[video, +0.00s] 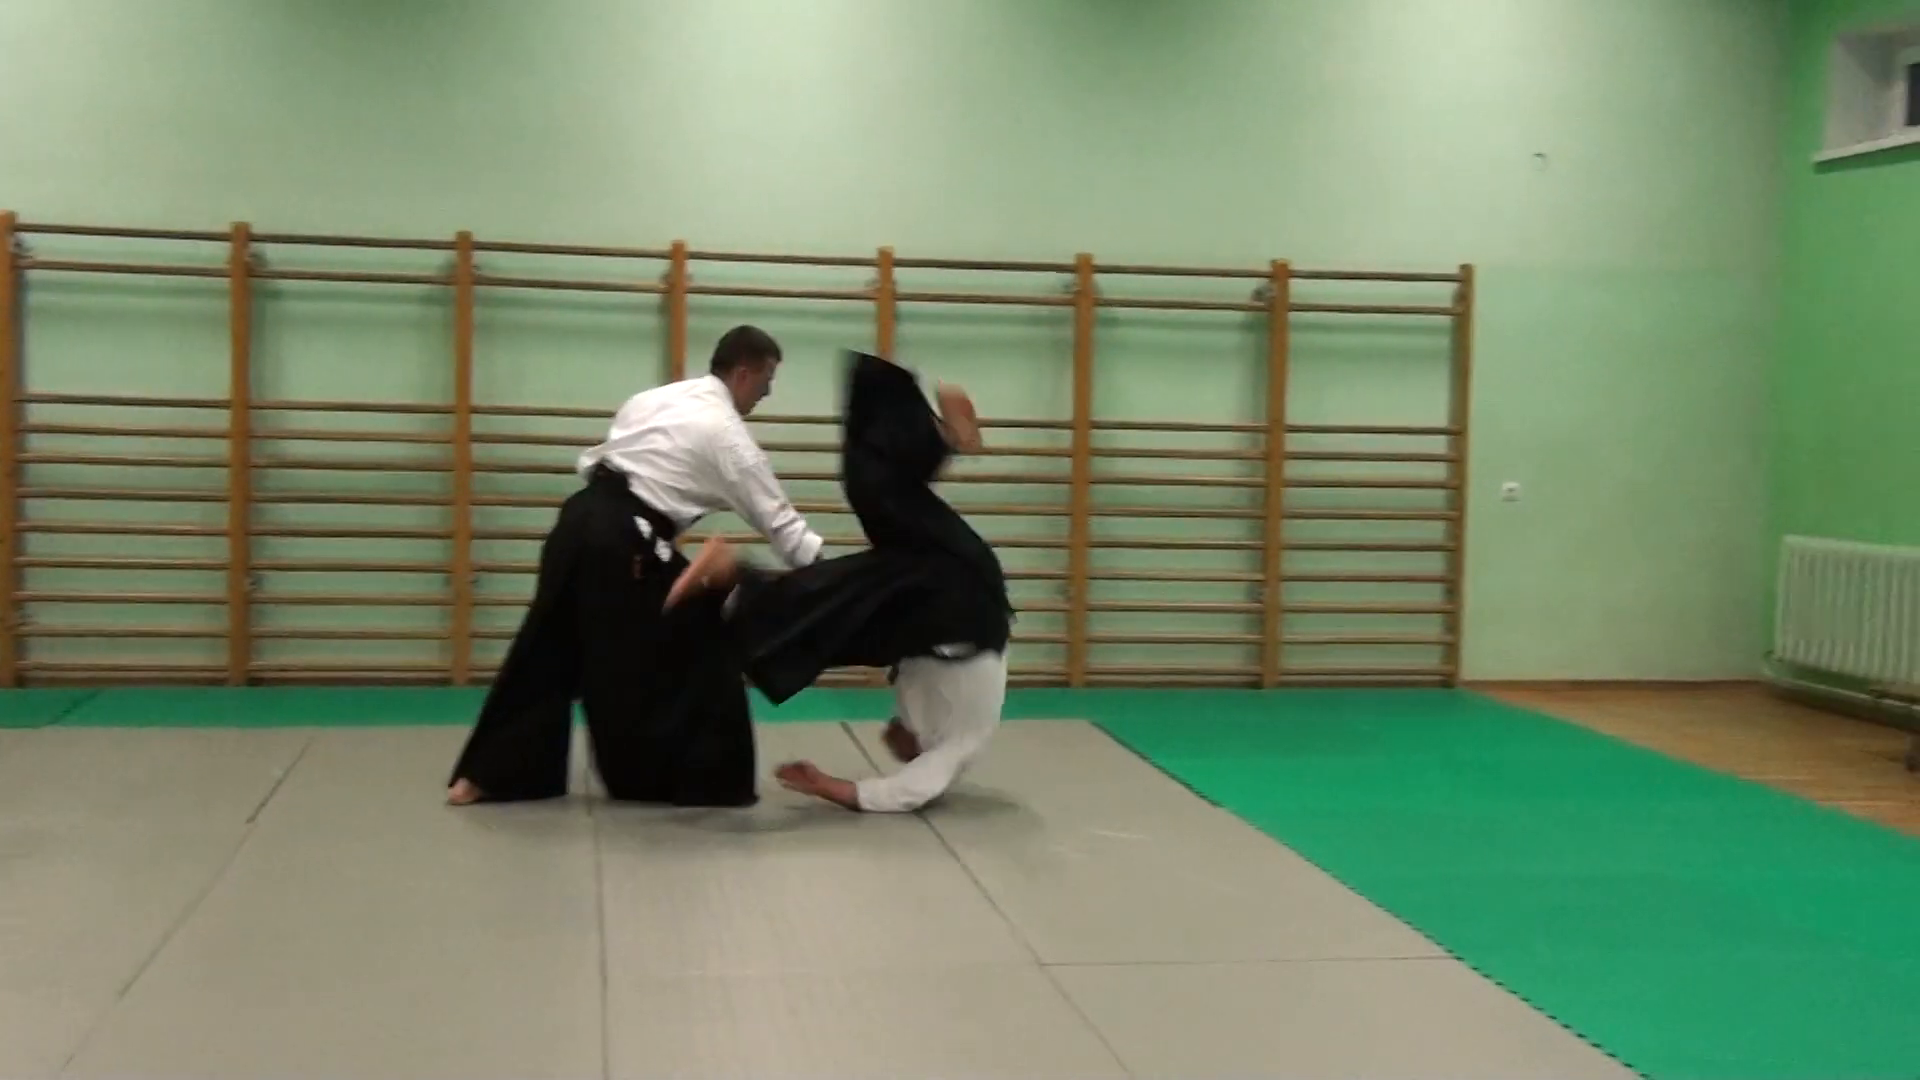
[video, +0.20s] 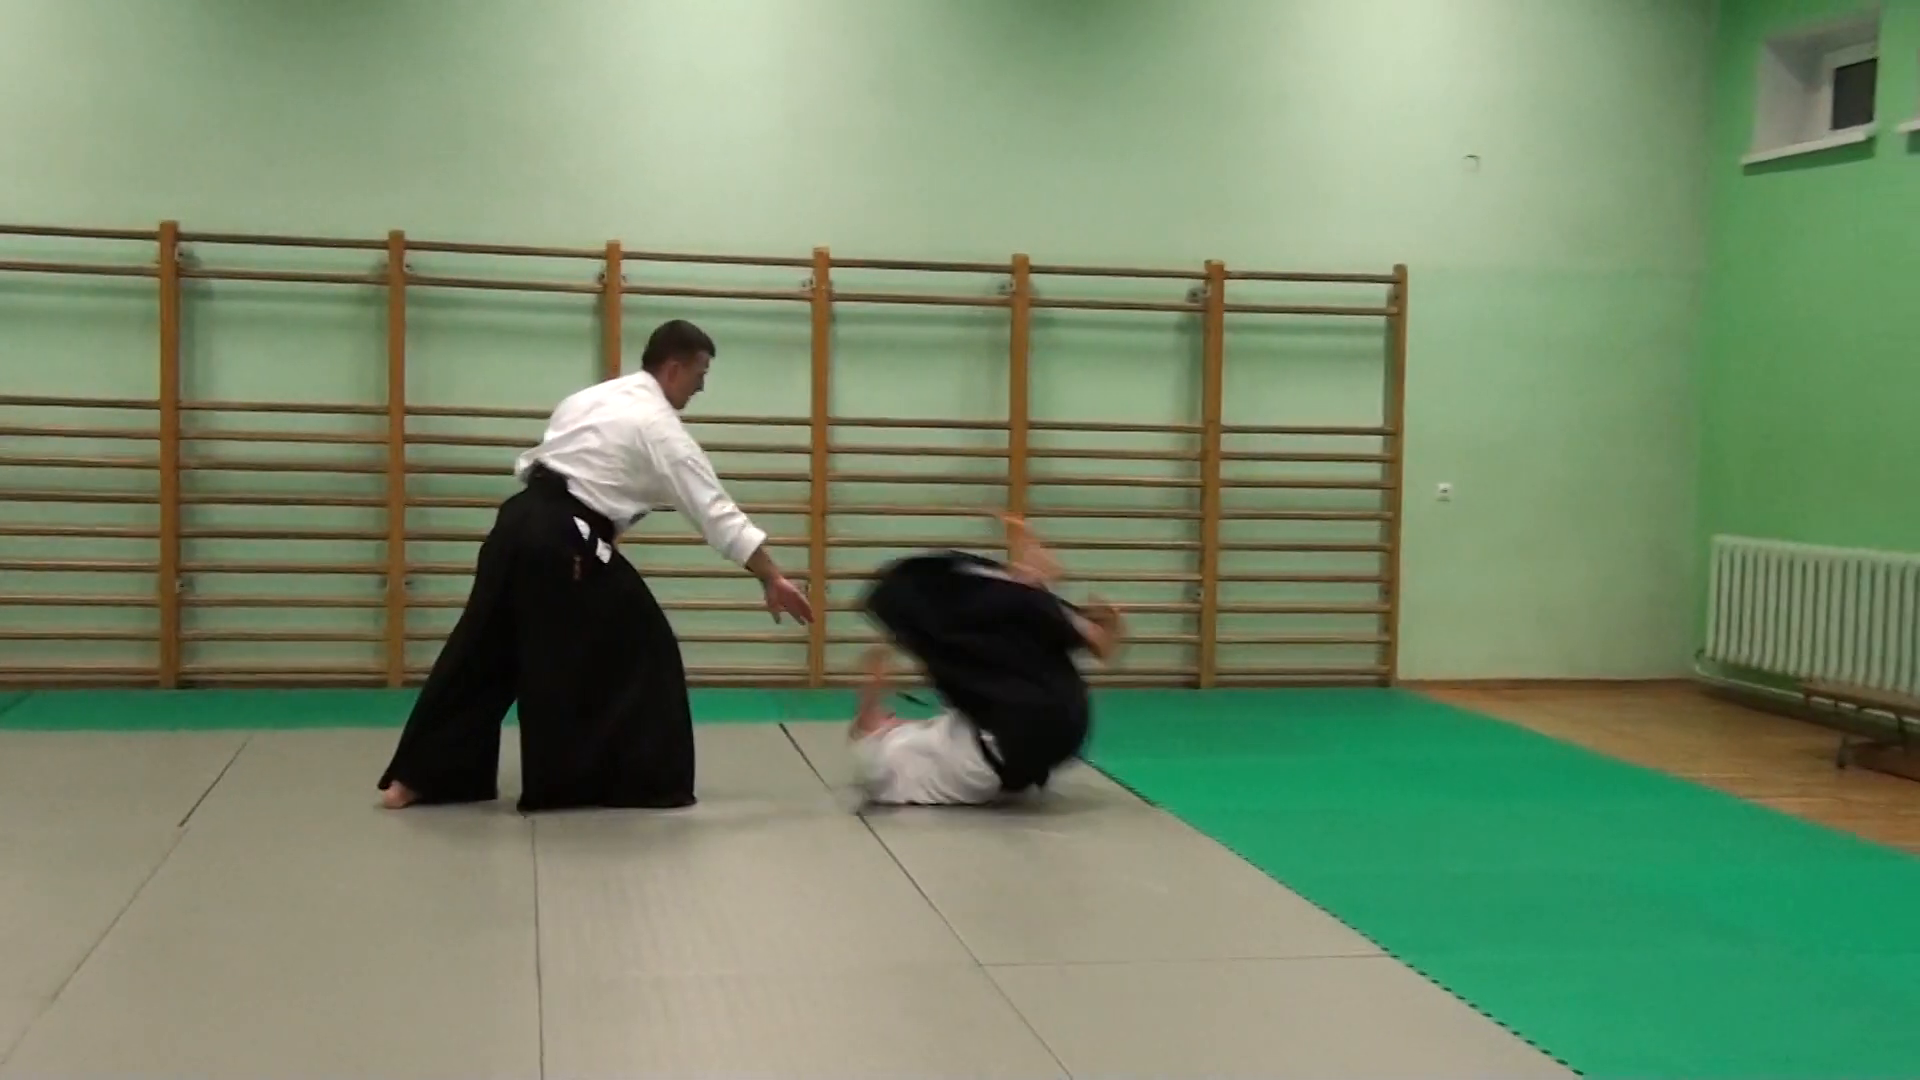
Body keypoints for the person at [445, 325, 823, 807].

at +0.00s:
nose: (768, 390)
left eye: (770, 380)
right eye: (766, 379)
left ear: (726, 368)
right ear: (743, 372)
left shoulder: (654, 399)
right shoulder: (726, 430)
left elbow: (592, 463)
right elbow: (776, 517)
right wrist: (829, 573)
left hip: (579, 520)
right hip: (629, 541)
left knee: (544, 652)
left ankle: (479, 773)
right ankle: (646, 781)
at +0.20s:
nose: (701, 386)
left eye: (704, 375)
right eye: (699, 373)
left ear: (657, 363)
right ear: (672, 366)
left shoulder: (592, 396)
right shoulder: (662, 426)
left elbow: (539, 461)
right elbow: (715, 509)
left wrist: (591, 522)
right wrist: (772, 577)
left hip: (518, 522)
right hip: (572, 541)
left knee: (476, 653)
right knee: (650, 652)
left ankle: (409, 777)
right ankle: (654, 781)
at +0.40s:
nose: (688, 379)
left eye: (690, 368)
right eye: (686, 367)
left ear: (644, 357)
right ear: (660, 361)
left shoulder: (578, 396)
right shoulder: (650, 419)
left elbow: (530, 467)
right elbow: (707, 498)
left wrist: (589, 519)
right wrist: (768, 565)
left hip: (516, 526)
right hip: (571, 543)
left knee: (477, 653)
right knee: (651, 650)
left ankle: (410, 776)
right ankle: (649, 781)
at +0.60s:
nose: (683, 375)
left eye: (685, 364)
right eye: (682, 363)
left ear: (639, 353)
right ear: (655, 356)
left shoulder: (573, 394)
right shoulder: (649, 416)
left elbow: (535, 469)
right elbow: (706, 495)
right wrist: (768, 561)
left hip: (517, 528)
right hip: (573, 542)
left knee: (482, 654)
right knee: (652, 649)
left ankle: (413, 776)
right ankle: (652, 780)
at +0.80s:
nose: (661, 362)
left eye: (662, 350)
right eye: (658, 349)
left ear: (617, 348)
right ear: (632, 349)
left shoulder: (554, 389)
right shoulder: (626, 405)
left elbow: (516, 467)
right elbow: (672, 488)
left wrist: (583, 514)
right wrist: (712, 568)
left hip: (507, 528)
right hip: (564, 538)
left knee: (493, 657)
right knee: (641, 646)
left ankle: (415, 772)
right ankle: (654, 777)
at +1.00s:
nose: (592, 342)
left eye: (592, 331)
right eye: (587, 331)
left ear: (545, 331)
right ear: (562, 330)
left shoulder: (494, 382)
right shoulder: (564, 398)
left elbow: (464, 468)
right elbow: (575, 485)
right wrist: (585, 568)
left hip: (470, 527)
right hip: (522, 536)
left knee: (479, 657)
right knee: (607, 639)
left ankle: (415, 772)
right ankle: (651, 774)